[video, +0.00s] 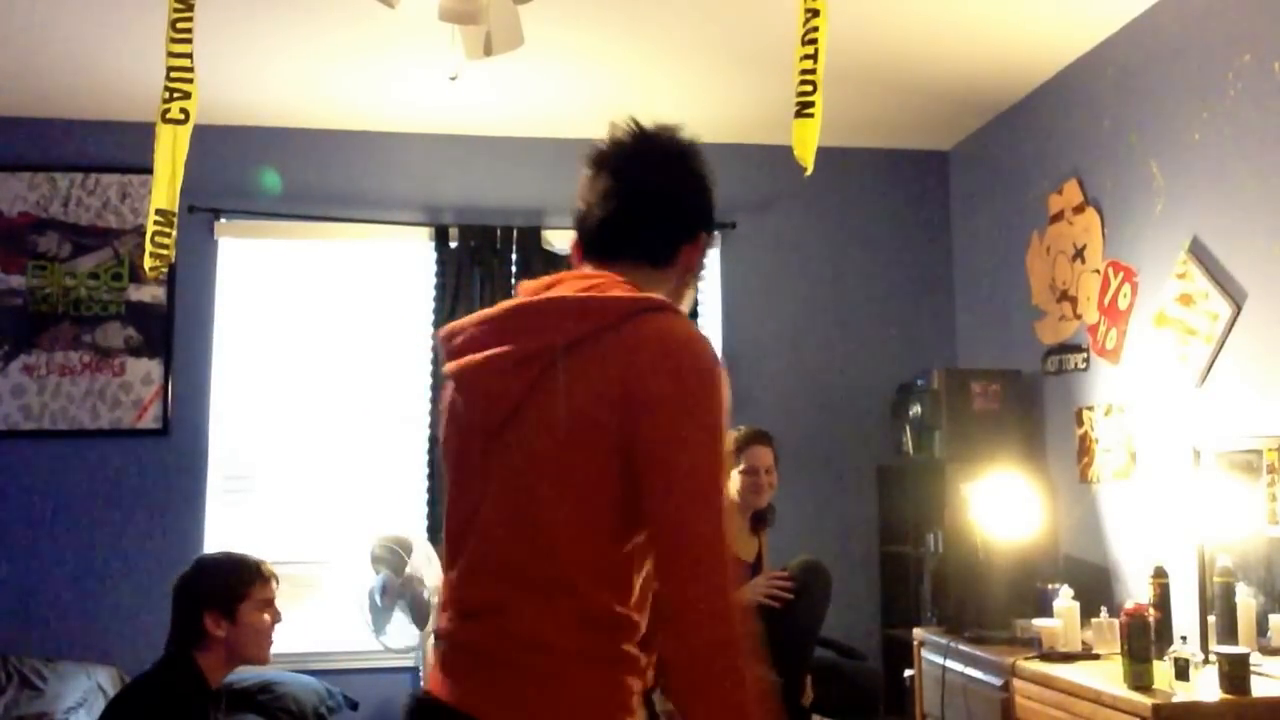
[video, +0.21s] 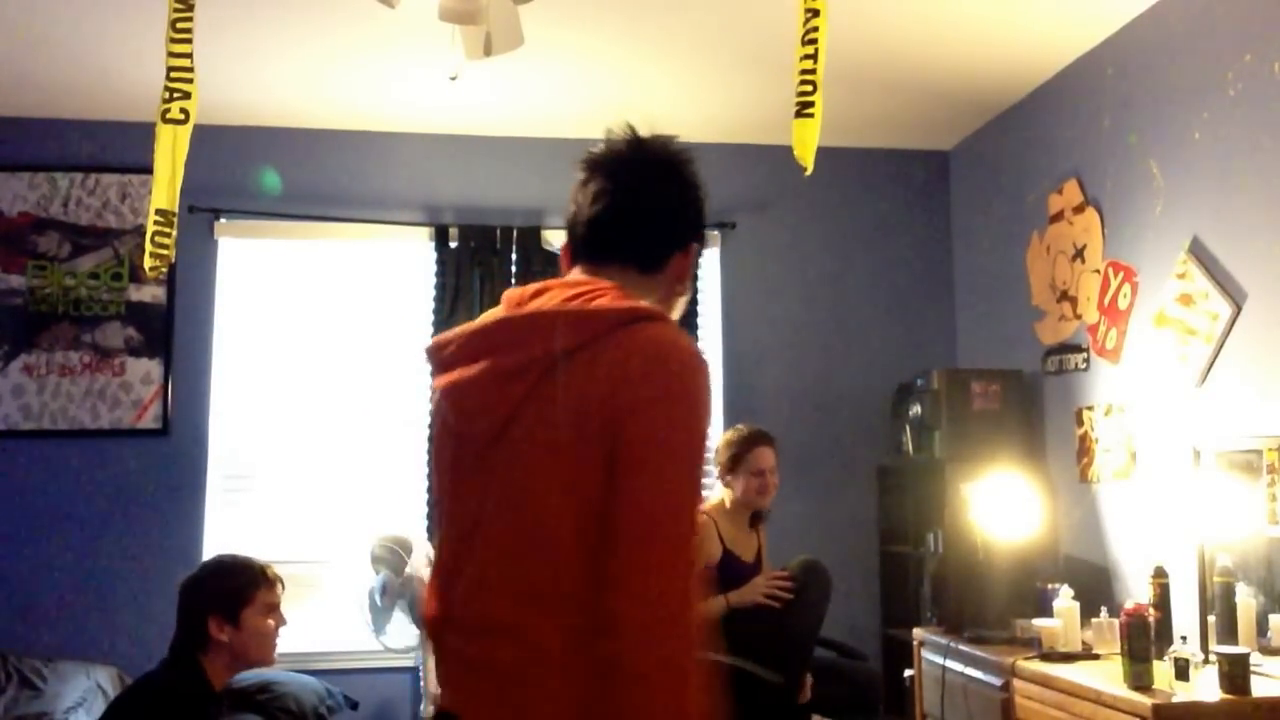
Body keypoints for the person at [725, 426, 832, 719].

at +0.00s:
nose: (761, 481)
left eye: (768, 471)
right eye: (749, 472)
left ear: (777, 477)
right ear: (726, 475)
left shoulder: (755, 531)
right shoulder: (704, 529)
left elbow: (762, 614)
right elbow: (693, 608)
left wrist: (800, 671)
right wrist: (739, 597)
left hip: (749, 646)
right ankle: (792, 704)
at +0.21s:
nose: (768, 483)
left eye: (772, 473)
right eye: (756, 474)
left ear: (778, 474)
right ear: (726, 478)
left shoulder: (754, 525)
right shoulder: (704, 525)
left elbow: (763, 595)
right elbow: (688, 612)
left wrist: (798, 669)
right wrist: (738, 597)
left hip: (753, 634)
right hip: (719, 642)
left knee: (857, 663)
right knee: (811, 574)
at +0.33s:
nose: (774, 483)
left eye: (775, 473)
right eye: (762, 475)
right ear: (729, 478)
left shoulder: (755, 523)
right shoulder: (700, 529)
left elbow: (762, 600)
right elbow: (662, 613)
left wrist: (802, 662)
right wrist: (736, 598)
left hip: (743, 641)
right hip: (702, 650)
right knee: (810, 574)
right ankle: (793, 700)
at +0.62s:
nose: (776, 485)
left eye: (777, 475)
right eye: (767, 475)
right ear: (735, 475)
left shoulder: (761, 527)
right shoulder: (713, 527)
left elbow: (793, 598)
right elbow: (699, 596)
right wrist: (743, 593)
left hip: (765, 634)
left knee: (862, 675)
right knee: (810, 574)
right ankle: (791, 697)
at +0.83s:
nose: (778, 485)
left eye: (779, 476)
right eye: (769, 476)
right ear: (732, 475)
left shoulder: (765, 531)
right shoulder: (699, 528)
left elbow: (819, 591)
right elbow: (663, 612)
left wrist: (891, 632)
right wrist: (738, 597)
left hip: (749, 645)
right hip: (700, 653)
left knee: (860, 677)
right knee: (812, 574)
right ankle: (796, 702)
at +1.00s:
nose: (778, 490)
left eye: (781, 480)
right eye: (770, 479)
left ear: (780, 480)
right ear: (739, 476)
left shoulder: (768, 535)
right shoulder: (703, 533)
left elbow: (825, 594)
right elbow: (661, 612)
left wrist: (895, 636)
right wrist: (748, 591)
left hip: (761, 643)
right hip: (718, 654)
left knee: (814, 575)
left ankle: (790, 685)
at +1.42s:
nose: (775, 490)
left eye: (780, 481)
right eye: (766, 480)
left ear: (784, 479)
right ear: (734, 473)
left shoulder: (771, 529)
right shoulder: (705, 521)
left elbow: (820, 591)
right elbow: (703, 610)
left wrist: (896, 639)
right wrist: (758, 578)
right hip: (723, 655)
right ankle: (786, 706)